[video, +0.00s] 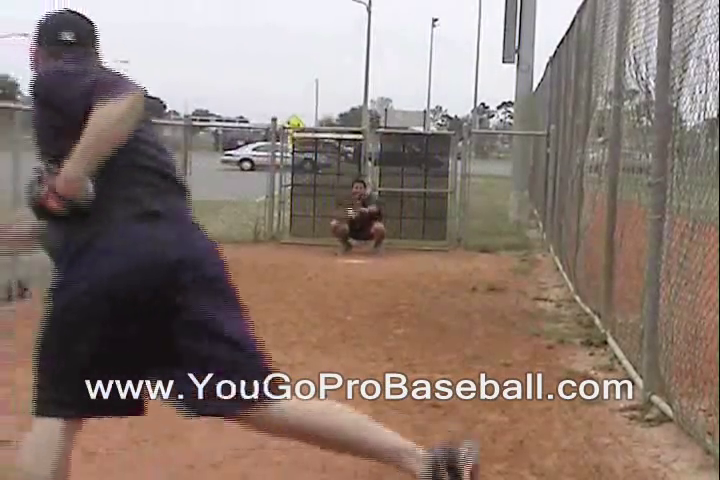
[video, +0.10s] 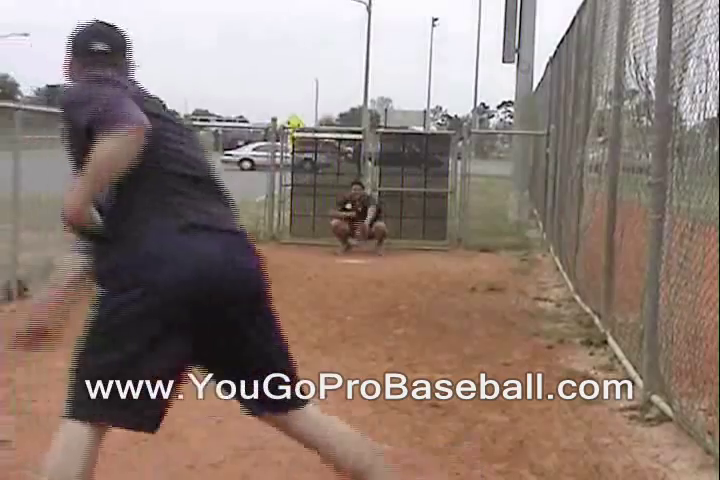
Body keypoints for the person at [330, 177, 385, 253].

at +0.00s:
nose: (358, 191)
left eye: (361, 188)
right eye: (356, 188)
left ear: (365, 190)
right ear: (352, 190)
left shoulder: (369, 201)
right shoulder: (347, 202)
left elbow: (375, 209)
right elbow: (336, 214)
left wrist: (366, 211)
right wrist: (348, 215)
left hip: (367, 230)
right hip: (350, 229)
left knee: (379, 228)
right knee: (336, 226)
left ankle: (377, 246)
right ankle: (346, 245)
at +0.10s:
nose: (356, 193)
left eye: (358, 190)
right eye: (354, 190)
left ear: (363, 191)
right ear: (351, 191)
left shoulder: (369, 201)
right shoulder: (347, 201)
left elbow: (372, 211)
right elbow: (333, 213)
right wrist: (348, 215)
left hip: (365, 227)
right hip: (351, 226)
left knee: (380, 227)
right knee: (336, 224)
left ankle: (379, 246)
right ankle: (346, 245)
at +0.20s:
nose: (356, 192)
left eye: (358, 190)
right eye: (354, 190)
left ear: (363, 191)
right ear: (350, 191)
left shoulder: (370, 202)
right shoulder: (346, 201)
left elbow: (369, 221)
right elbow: (333, 213)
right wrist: (346, 213)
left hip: (368, 226)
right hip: (353, 226)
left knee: (383, 226)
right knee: (337, 224)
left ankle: (381, 247)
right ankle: (346, 246)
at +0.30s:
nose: (356, 193)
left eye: (358, 190)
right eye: (353, 190)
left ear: (362, 191)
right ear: (349, 191)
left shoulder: (369, 201)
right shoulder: (345, 200)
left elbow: (370, 223)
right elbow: (334, 211)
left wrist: (361, 240)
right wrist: (343, 215)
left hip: (368, 222)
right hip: (353, 222)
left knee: (383, 226)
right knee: (340, 222)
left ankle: (381, 247)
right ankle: (344, 246)